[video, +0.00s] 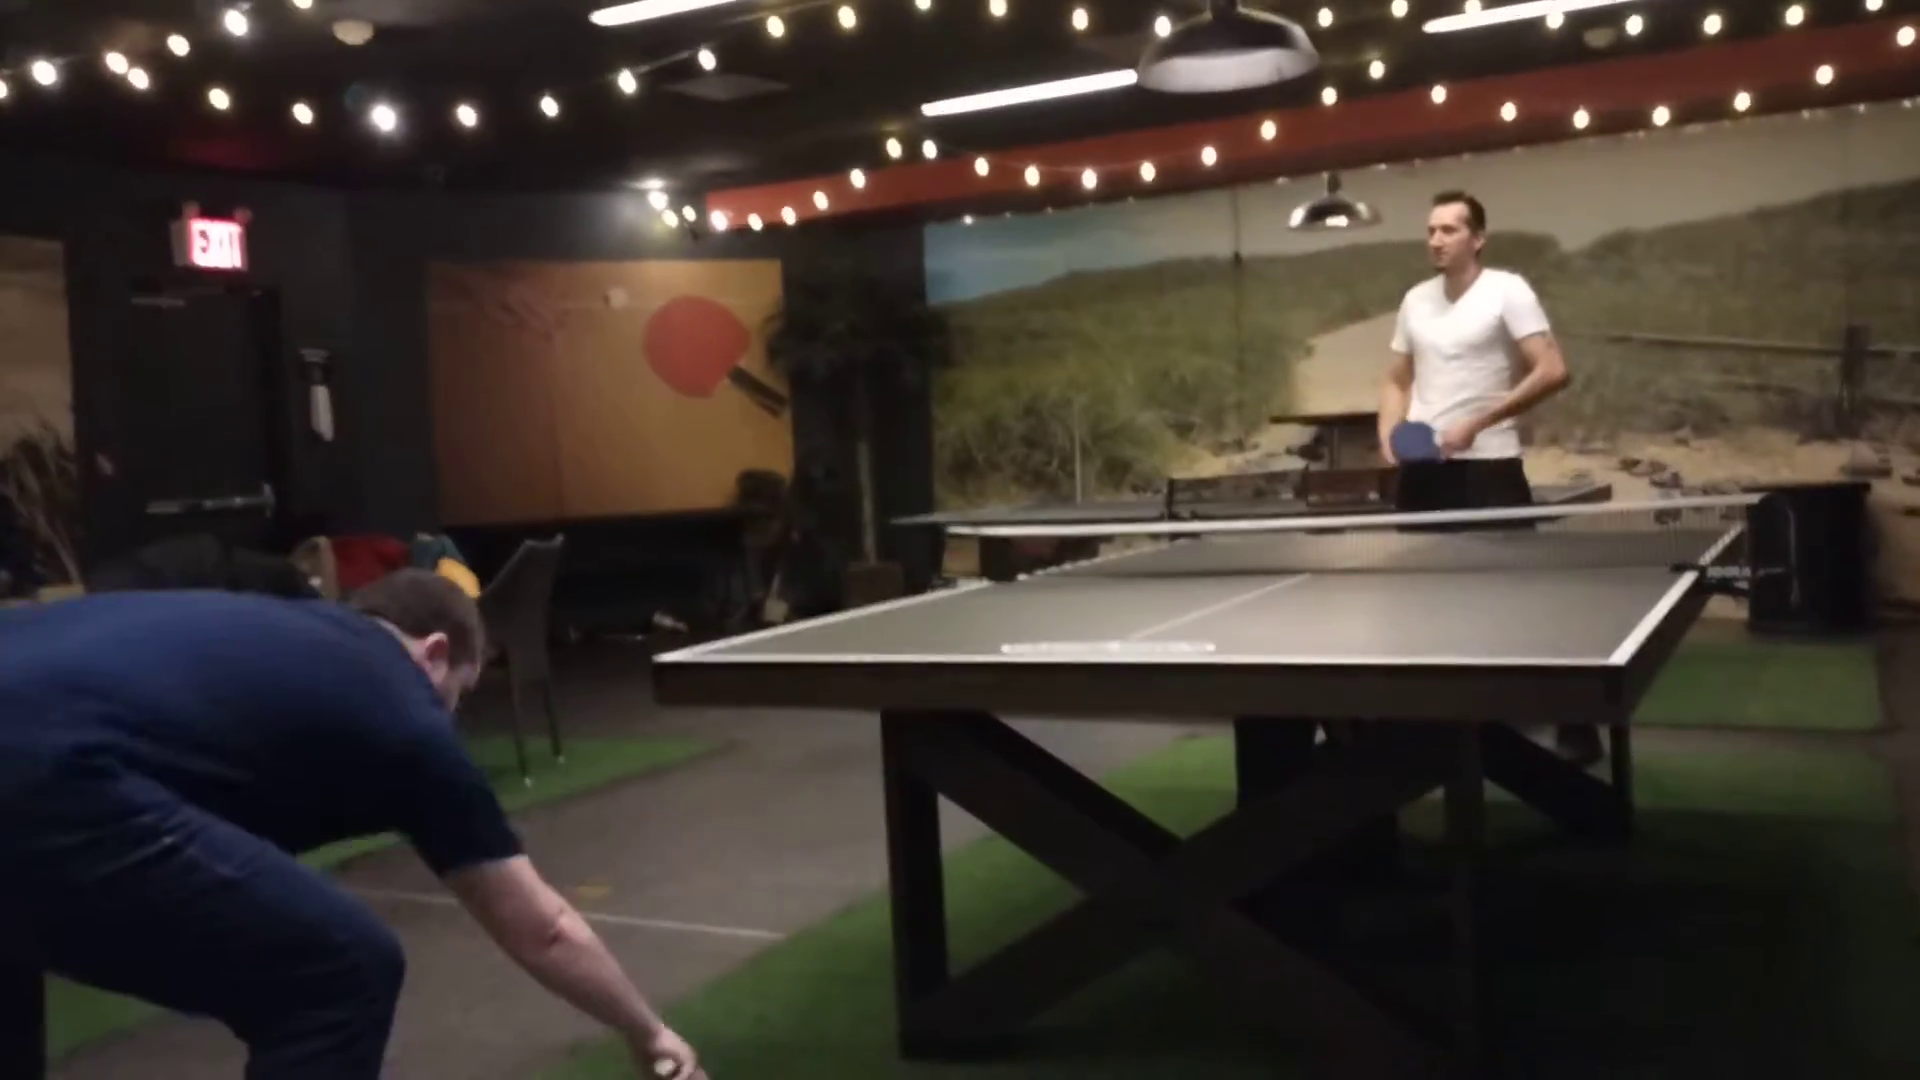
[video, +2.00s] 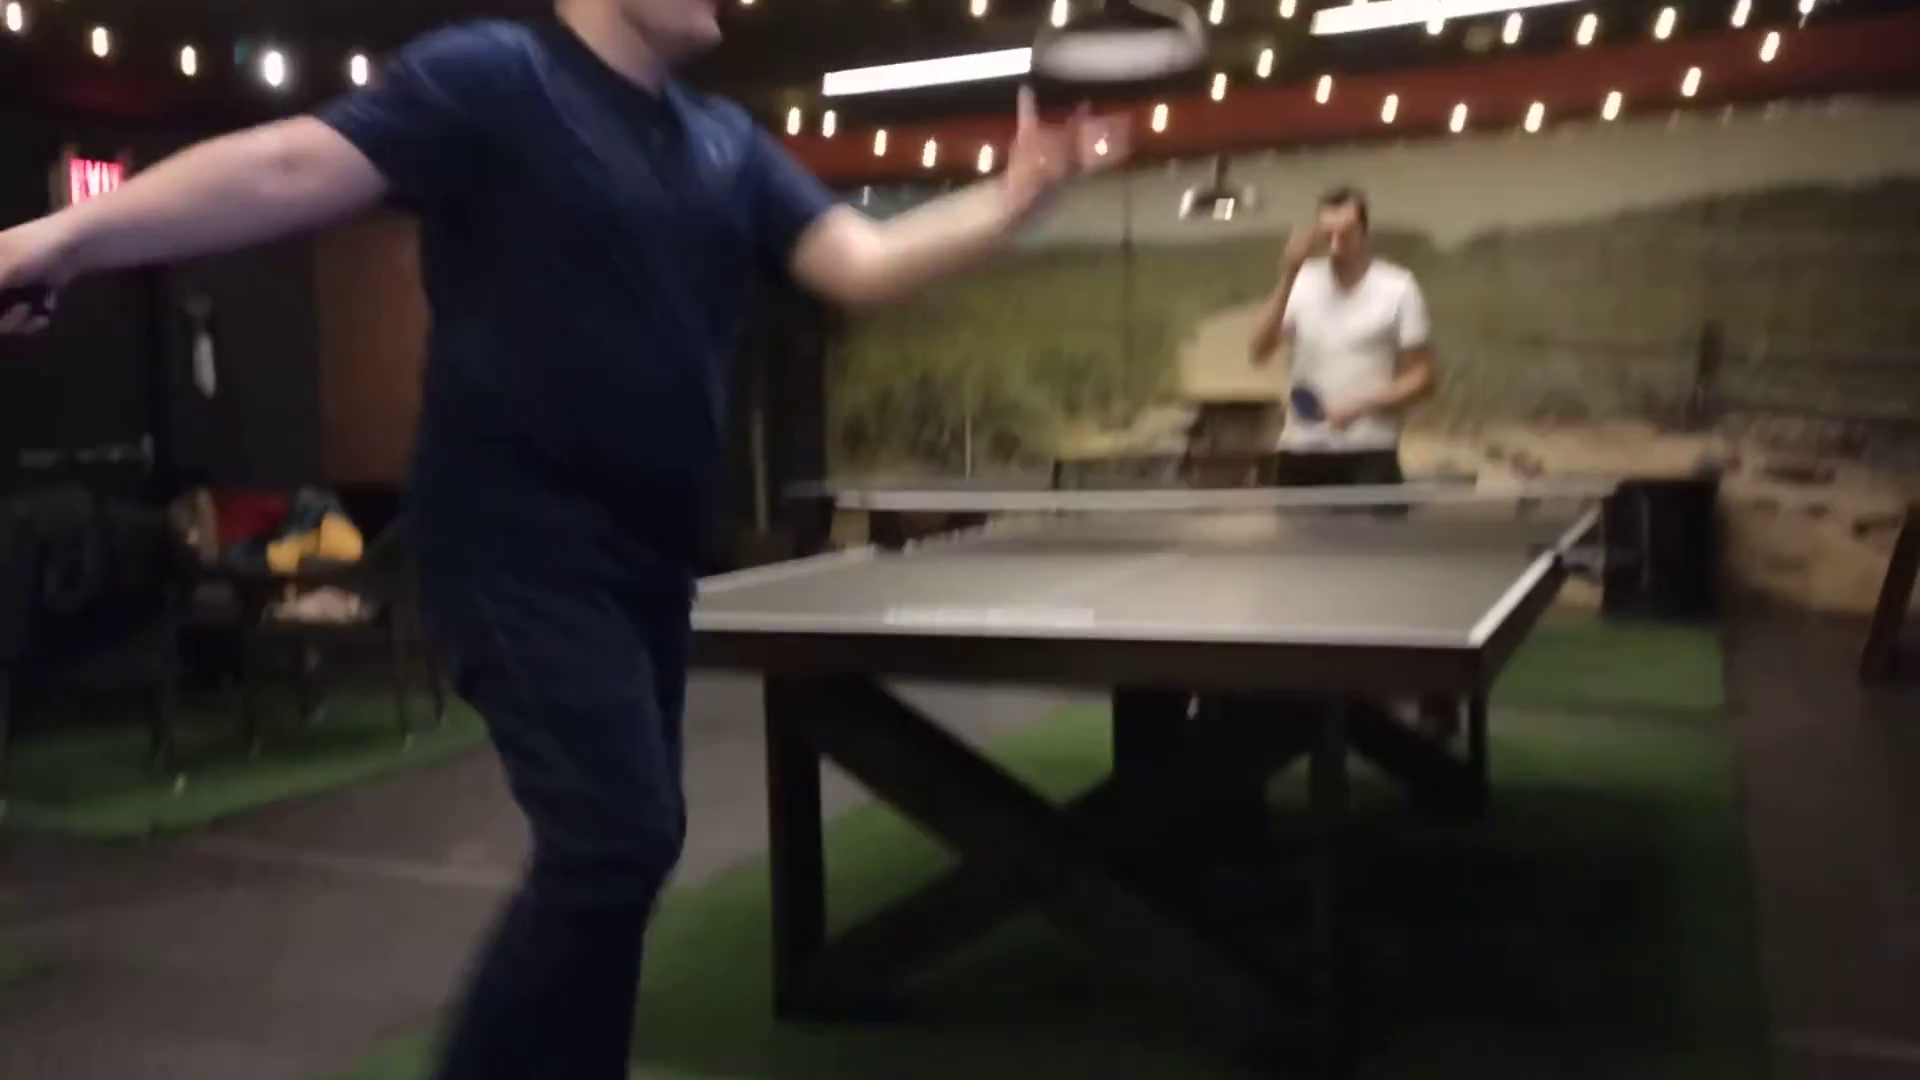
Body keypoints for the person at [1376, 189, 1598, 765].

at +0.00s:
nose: (1437, 239)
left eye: (1449, 230)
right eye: (1431, 230)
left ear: (1478, 238)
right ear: (1428, 239)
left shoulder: (1508, 291)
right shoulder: (1415, 301)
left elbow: (1553, 369)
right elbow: (1397, 380)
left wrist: (1477, 422)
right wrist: (1387, 435)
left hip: (1490, 469)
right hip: (1424, 470)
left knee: (1518, 590)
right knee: (1429, 593)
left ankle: (1572, 724)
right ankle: (1439, 729)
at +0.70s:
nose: (1385, 201)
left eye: (1397, 192)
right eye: (1378, 192)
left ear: (1420, 199)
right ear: (1370, 199)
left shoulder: (1450, 250)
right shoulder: (1355, 253)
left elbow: (1501, 323)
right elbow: (1360, 331)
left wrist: (1501, 403)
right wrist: (1352, 398)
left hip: (1430, 427)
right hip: (1360, 429)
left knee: (1446, 552)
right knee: (1357, 554)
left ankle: (1500, 678)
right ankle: (1364, 682)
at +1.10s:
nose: (1377, 168)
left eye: (1388, 159)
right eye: (1369, 159)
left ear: (1410, 168)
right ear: (1360, 168)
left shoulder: (1436, 225)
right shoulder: (1341, 230)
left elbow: (1468, 310)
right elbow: (1303, 299)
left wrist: (1420, 378)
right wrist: (1284, 340)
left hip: (1414, 401)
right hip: (1344, 402)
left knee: (1443, 519)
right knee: (1341, 521)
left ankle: (1484, 648)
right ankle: (1343, 652)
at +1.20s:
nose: (1372, 165)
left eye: (1383, 155)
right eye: (1364, 156)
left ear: (1405, 163)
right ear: (1354, 164)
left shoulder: (1433, 219)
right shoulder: (1337, 224)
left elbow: (1466, 303)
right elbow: (1290, 309)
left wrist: (1408, 351)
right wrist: (1302, 276)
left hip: (1411, 394)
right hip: (1343, 394)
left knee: (1437, 512)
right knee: (1340, 514)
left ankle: (1479, 644)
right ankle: (1343, 647)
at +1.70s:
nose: (1355, 165)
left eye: (1366, 155)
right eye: (1348, 155)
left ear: (1389, 155)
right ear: (1339, 157)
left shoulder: (1421, 208)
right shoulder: (1324, 205)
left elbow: (1449, 295)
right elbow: (1281, 269)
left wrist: (1381, 316)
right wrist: (1317, 191)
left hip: (1395, 378)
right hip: (1326, 378)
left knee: (1420, 497)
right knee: (1325, 500)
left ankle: (1458, 625)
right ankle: (1329, 631)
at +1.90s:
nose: (1346, 176)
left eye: (1355, 166)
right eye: (1340, 166)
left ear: (1373, 164)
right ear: (1329, 164)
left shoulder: (1410, 213)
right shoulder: (1318, 208)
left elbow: (1433, 304)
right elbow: (1274, 278)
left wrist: (1367, 337)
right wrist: (1305, 200)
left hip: (1379, 390)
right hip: (1312, 390)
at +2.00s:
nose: (1335, 246)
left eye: (1345, 235)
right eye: (1327, 235)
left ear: (1364, 233)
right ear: (1317, 235)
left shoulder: (1397, 287)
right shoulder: (1304, 278)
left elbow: (1421, 373)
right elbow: (1260, 350)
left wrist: (1358, 406)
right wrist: (1289, 272)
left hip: (1368, 454)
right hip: (1303, 453)